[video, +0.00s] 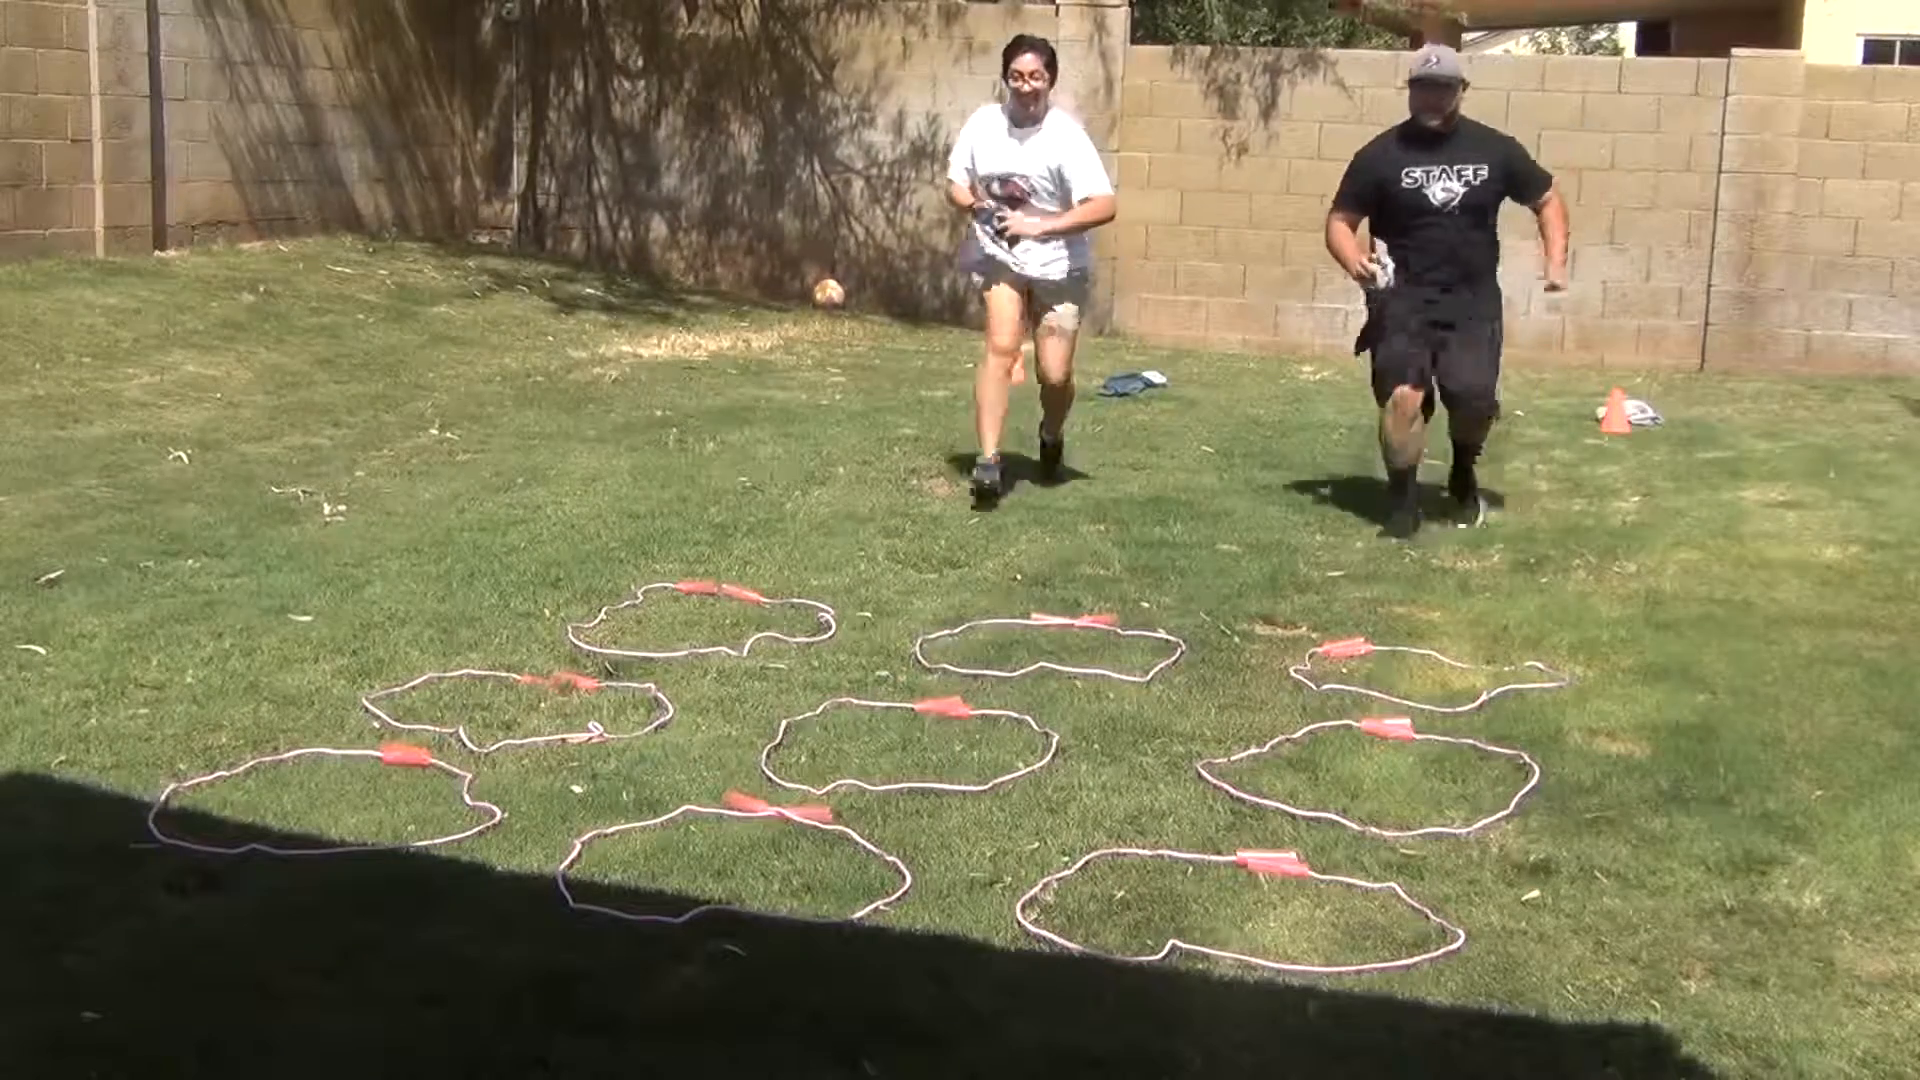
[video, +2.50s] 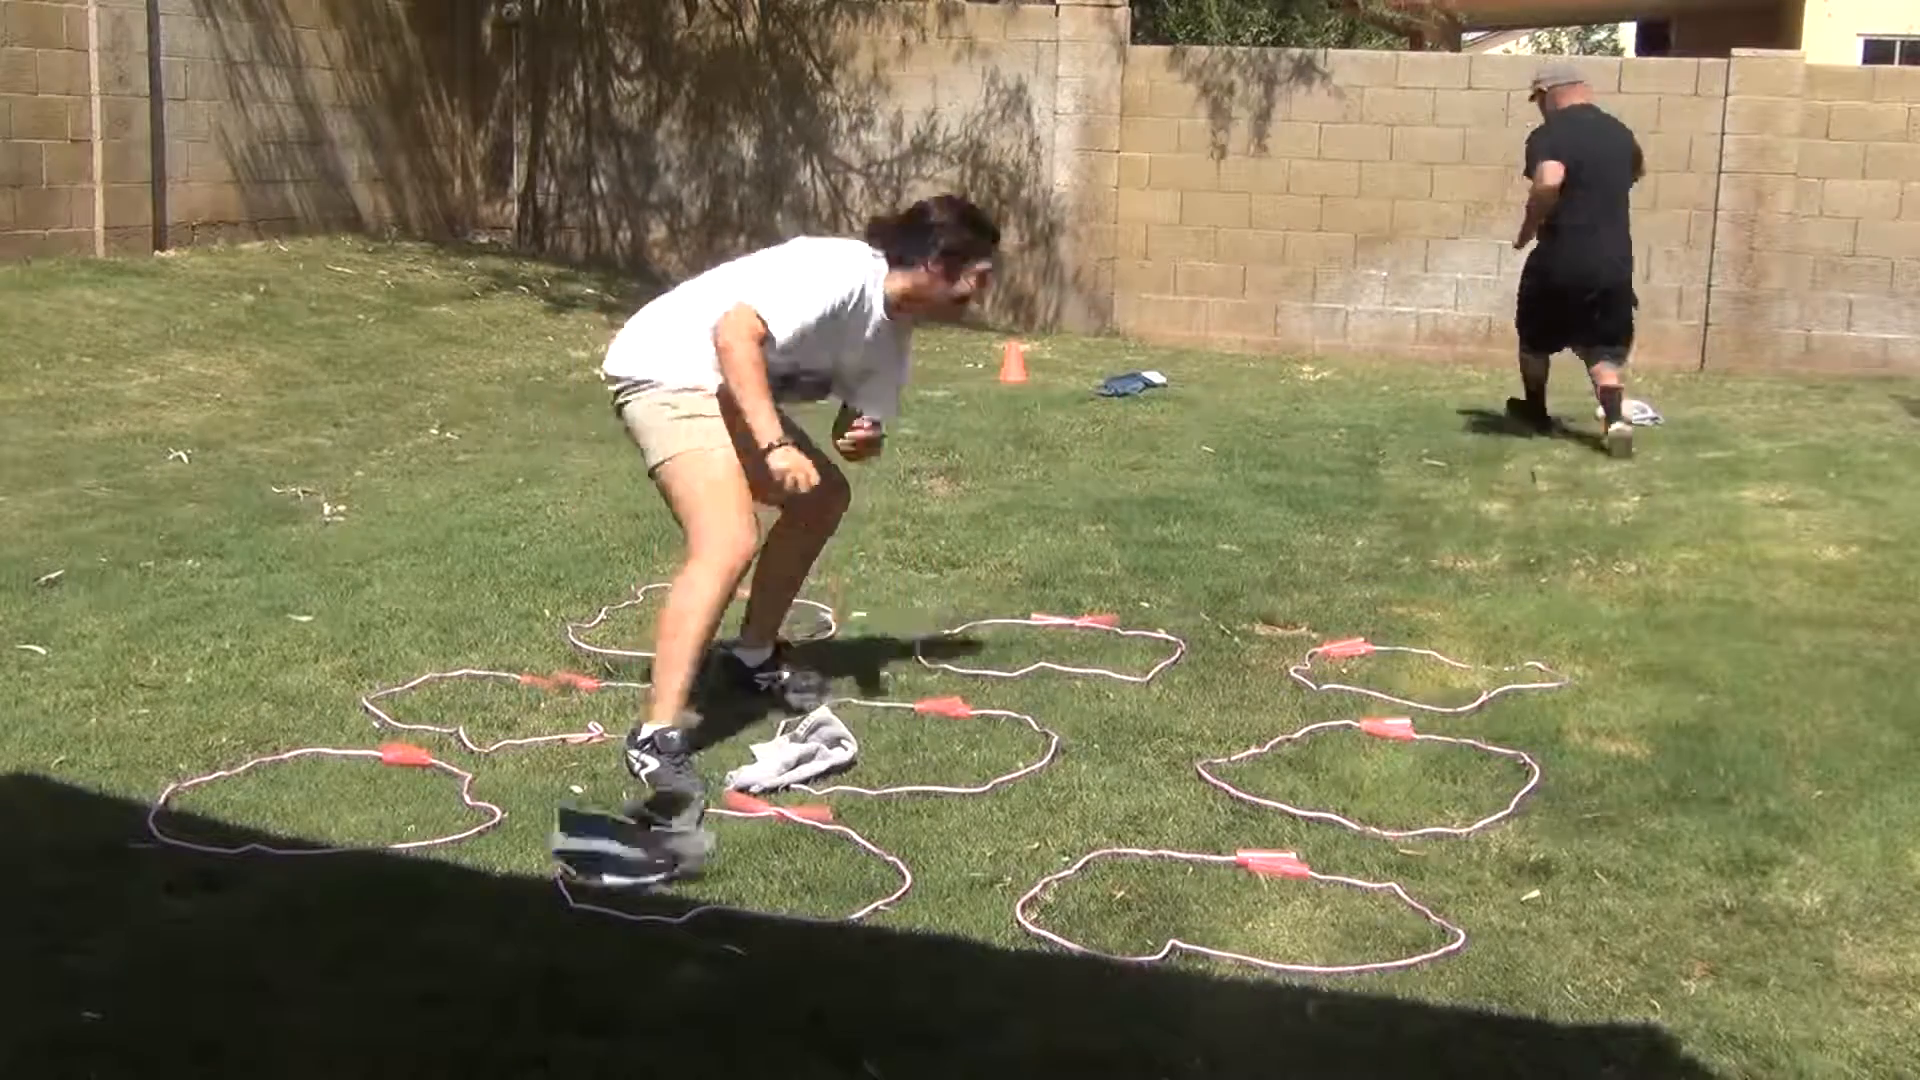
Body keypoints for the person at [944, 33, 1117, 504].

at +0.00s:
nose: (1026, 86)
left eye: (1035, 77)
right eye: (1017, 77)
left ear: (1051, 80)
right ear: (1005, 79)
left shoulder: (1067, 134)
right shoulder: (985, 122)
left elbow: (1103, 206)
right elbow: (958, 183)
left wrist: (1040, 226)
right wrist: (977, 203)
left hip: (1060, 265)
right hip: (1002, 258)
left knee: (1055, 376)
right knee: (1000, 348)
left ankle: (1051, 438)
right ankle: (988, 461)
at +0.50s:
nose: (975, 146)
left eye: (986, 134)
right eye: (963, 135)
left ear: (1006, 140)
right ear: (948, 142)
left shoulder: (1029, 200)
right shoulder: (925, 193)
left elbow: (1056, 276)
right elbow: (901, 259)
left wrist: (1016, 237)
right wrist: (885, 314)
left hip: (1010, 337)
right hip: (934, 325)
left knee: (1015, 448)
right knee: (941, 420)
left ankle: (999, 538)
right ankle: (901, 552)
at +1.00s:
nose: (955, 193)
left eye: (968, 181)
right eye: (943, 180)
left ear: (986, 178)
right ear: (926, 172)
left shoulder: (1004, 229)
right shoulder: (888, 195)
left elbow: (997, 313)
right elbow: (832, 225)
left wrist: (971, 378)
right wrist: (791, 290)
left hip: (959, 346)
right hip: (883, 330)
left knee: (982, 471)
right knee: (907, 431)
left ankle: (973, 546)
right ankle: (877, 565)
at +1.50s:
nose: (858, 206)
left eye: (871, 193)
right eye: (844, 193)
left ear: (892, 178)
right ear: (819, 176)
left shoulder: (925, 224)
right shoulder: (781, 218)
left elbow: (978, 324)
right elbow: (755, 320)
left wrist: (1023, 426)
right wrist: (761, 402)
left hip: (879, 364)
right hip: (792, 366)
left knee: (853, 490)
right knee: (802, 507)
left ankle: (815, 648)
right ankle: (822, 542)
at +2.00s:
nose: (823, 409)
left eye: (837, 396)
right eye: (810, 393)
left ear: (850, 381)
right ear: (773, 366)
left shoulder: (842, 429)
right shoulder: (717, 322)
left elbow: (835, 553)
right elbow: (614, 326)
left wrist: (847, 690)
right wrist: (563, 398)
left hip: (747, 465)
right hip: (653, 398)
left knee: (698, 617)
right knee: (689, 536)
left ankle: (771, 632)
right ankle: (651, 737)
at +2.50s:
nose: (982, 291)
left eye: (987, 276)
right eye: (979, 272)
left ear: (938, 267)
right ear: (938, 261)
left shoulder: (890, 332)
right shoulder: (843, 271)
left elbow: (861, 423)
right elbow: (736, 332)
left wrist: (861, 437)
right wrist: (773, 443)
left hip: (733, 384)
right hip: (665, 366)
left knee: (822, 496)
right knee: (727, 541)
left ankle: (754, 654)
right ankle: (657, 735)